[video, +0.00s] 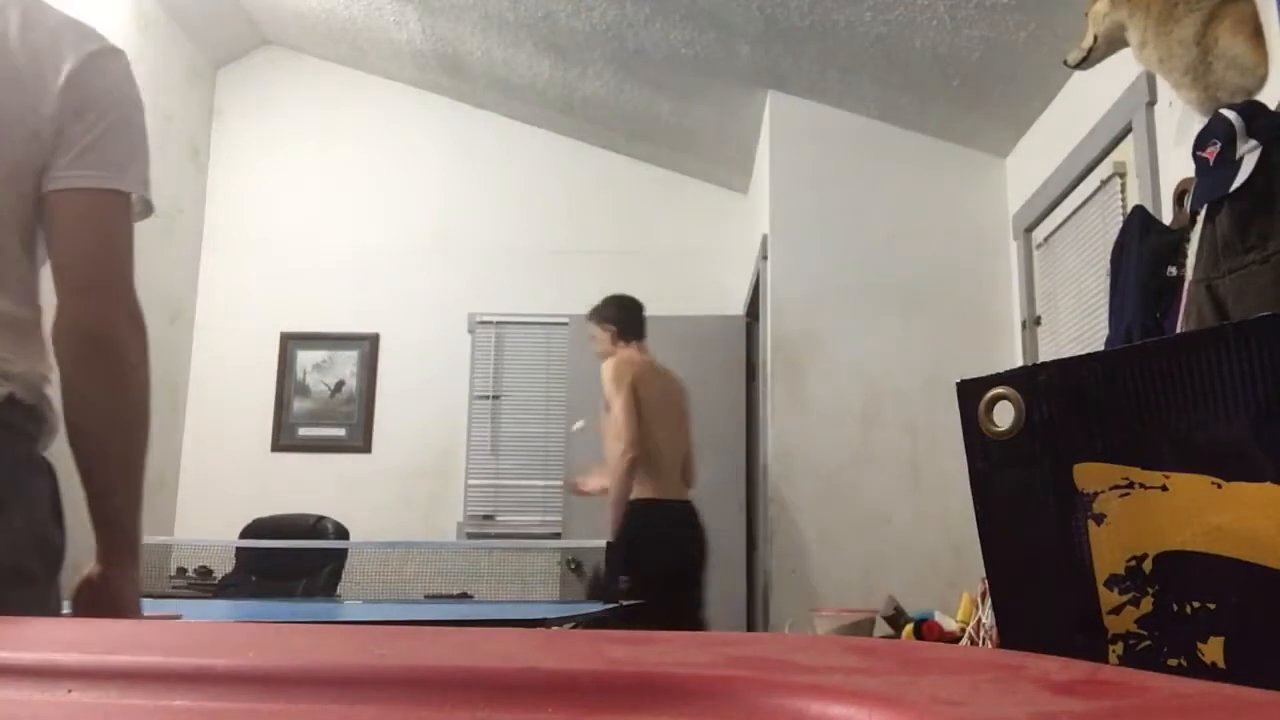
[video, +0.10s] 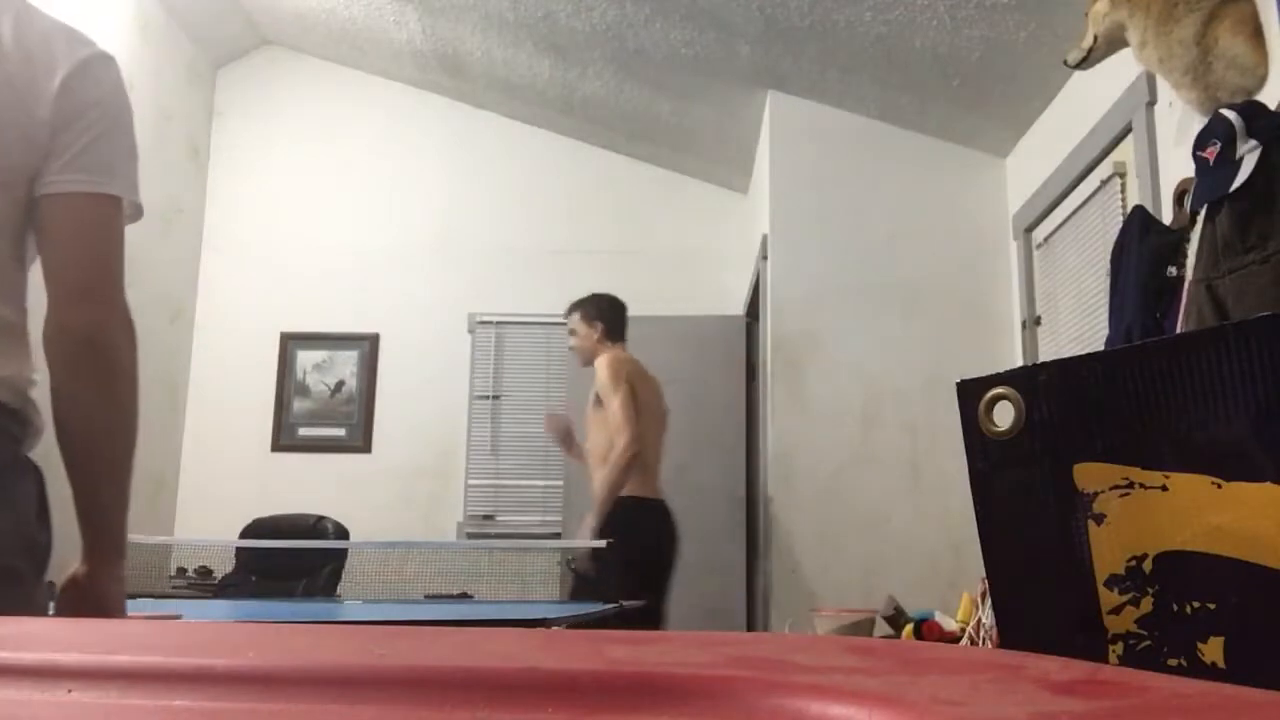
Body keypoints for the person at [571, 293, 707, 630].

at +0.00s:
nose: (594, 346)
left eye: (596, 336)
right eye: (593, 337)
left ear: (614, 332)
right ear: (635, 330)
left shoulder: (618, 366)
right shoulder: (671, 380)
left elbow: (628, 451)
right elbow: (685, 475)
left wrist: (614, 538)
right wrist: (605, 482)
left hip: (644, 523)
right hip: (683, 521)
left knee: (636, 637)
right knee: (684, 635)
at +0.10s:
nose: (570, 343)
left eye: (574, 333)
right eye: (569, 334)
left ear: (597, 331)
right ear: (599, 331)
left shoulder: (609, 364)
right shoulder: (646, 378)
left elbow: (628, 445)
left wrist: (592, 521)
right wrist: (573, 448)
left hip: (624, 518)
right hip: (652, 517)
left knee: (589, 634)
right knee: (640, 637)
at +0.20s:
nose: (558, 332)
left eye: (566, 322)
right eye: (558, 323)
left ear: (595, 324)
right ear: (592, 326)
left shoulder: (610, 363)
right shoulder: (598, 372)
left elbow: (631, 445)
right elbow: (577, 461)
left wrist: (577, 515)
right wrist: (546, 415)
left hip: (613, 519)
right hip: (600, 519)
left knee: (582, 636)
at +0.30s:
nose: (555, 321)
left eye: (565, 313)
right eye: (553, 314)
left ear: (595, 320)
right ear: (552, 321)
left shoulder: (610, 365)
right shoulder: (572, 382)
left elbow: (636, 449)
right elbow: (536, 458)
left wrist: (581, 512)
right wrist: (505, 414)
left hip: (602, 518)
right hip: (571, 518)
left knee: (590, 630)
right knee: (538, 621)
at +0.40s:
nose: (552, 318)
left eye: (563, 310)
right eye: (548, 311)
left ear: (591, 319)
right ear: (545, 319)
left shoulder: (609, 368)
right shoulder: (553, 382)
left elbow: (635, 451)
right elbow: (514, 456)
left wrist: (585, 515)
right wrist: (486, 430)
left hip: (594, 520)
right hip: (552, 519)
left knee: (587, 632)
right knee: (519, 620)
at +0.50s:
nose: (544, 315)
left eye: (556, 307)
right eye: (540, 308)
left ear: (580, 318)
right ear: (535, 316)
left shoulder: (601, 371)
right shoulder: (527, 378)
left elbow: (628, 457)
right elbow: (497, 444)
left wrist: (597, 519)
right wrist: (485, 473)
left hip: (579, 519)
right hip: (528, 519)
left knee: (580, 634)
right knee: (507, 625)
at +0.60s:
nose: (526, 318)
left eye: (538, 311)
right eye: (520, 310)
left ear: (560, 322)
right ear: (513, 319)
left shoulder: (581, 376)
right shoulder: (497, 382)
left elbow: (607, 454)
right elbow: (469, 460)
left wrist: (607, 524)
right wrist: (475, 490)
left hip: (558, 520)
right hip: (502, 521)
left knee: (559, 633)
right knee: (479, 630)